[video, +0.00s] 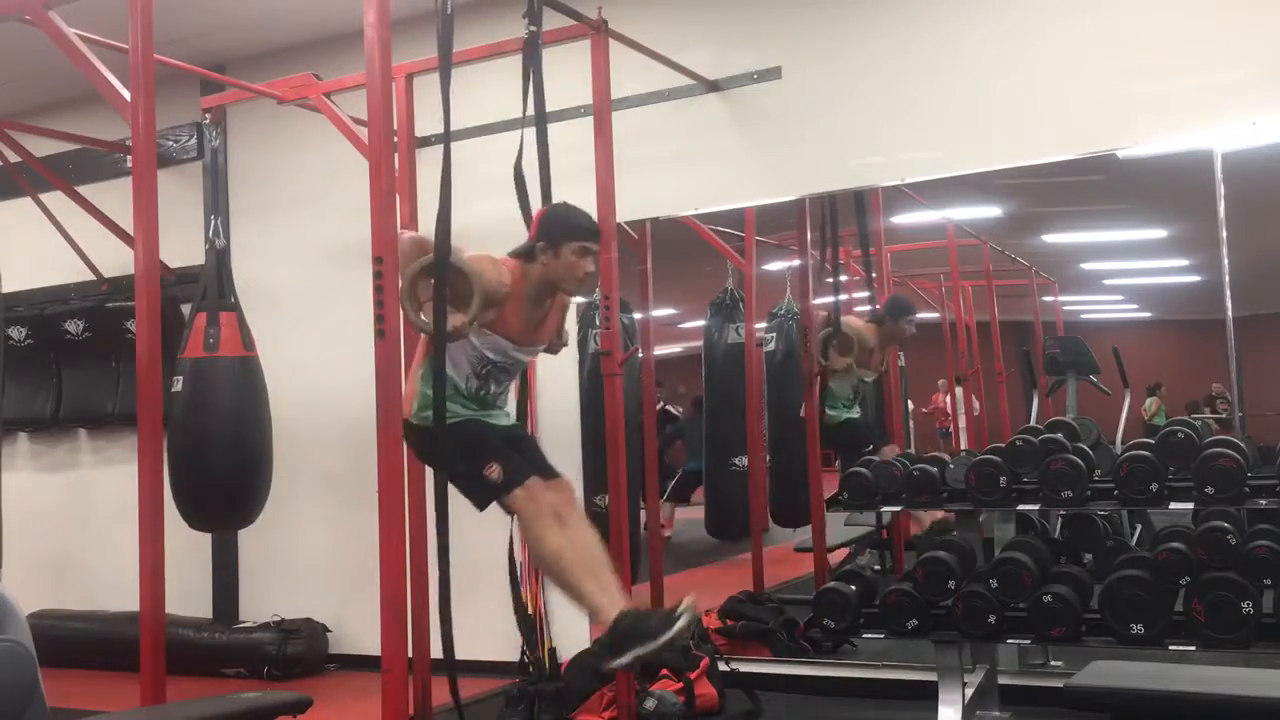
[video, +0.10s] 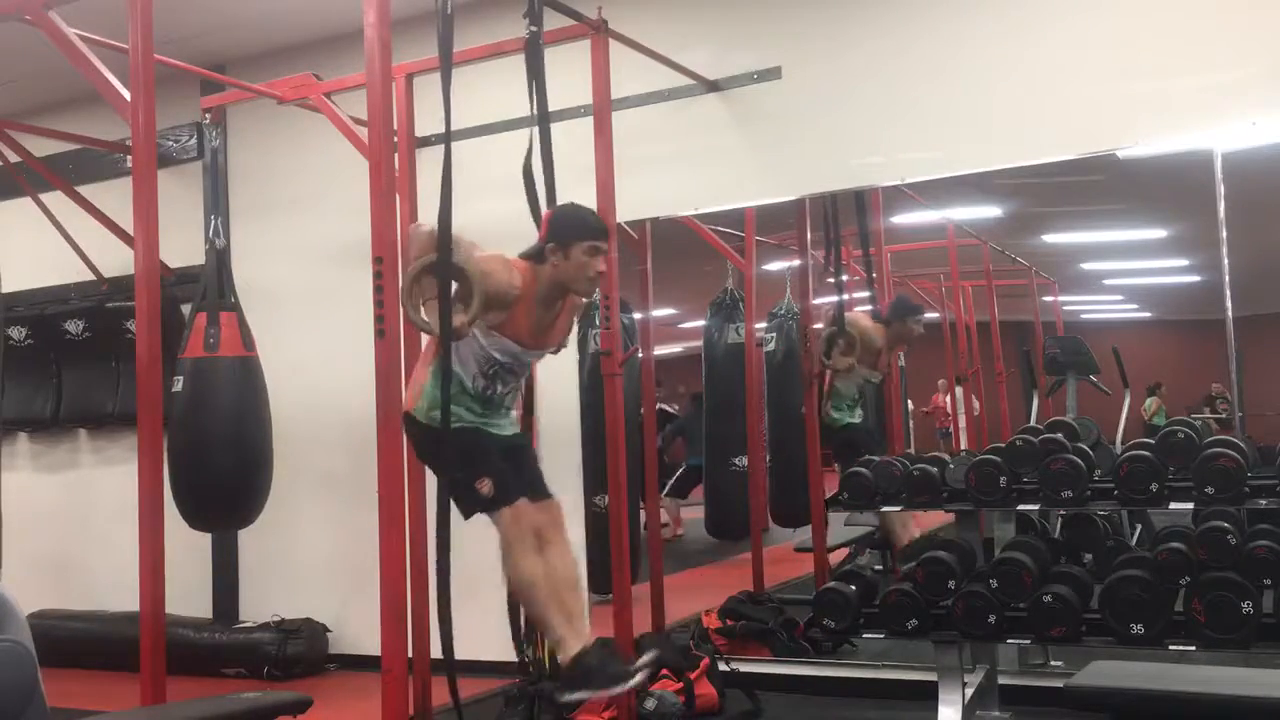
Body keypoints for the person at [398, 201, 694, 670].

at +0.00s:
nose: (592, 269)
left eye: (594, 257)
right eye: (583, 256)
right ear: (547, 253)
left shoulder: (559, 296)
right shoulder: (492, 276)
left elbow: (549, 323)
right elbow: (408, 243)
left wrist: (554, 338)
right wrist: (422, 312)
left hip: (492, 416)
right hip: (439, 414)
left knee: (562, 494)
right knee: (532, 499)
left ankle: (621, 622)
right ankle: (617, 622)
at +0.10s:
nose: (603, 266)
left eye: (605, 255)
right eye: (593, 253)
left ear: (568, 257)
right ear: (557, 254)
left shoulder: (572, 301)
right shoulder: (503, 279)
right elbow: (422, 236)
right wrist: (416, 303)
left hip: (498, 421)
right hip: (442, 415)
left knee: (548, 519)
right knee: (518, 520)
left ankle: (584, 653)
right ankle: (570, 656)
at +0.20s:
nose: (608, 258)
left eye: (610, 247)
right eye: (599, 246)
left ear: (584, 252)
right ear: (563, 246)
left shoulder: (579, 292)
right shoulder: (508, 275)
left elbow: (551, 333)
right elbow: (430, 232)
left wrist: (563, 340)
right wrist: (413, 305)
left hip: (502, 417)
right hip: (448, 409)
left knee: (535, 525)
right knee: (503, 527)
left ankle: (549, 667)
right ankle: (529, 675)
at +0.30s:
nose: (611, 237)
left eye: (612, 227)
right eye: (600, 227)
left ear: (594, 234)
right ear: (562, 229)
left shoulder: (583, 281)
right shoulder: (512, 265)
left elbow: (541, 327)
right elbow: (431, 233)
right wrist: (421, 304)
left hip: (510, 412)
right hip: (453, 405)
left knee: (529, 520)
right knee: (495, 524)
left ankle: (524, 668)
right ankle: (502, 674)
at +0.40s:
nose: (605, 209)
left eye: (606, 198)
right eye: (594, 198)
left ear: (596, 207)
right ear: (557, 204)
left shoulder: (582, 262)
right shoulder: (514, 249)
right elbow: (421, 230)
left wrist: (540, 330)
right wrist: (418, 309)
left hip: (513, 398)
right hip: (455, 391)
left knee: (525, 509)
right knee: (491, 510)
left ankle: (510, 649)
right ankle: (488, 657)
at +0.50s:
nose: (596, 182)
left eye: (597, 171)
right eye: (584, 171)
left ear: (586, 181)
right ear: (550, 178)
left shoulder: (577, 239)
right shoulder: (513, 229)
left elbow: (536, 290)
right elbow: (416, 232)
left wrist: (543, 328)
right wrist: (425, 305)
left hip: (513, 384)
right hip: (459, 377)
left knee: (518, 499)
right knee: (491, 499)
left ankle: (496, 636)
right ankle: (479, 639)